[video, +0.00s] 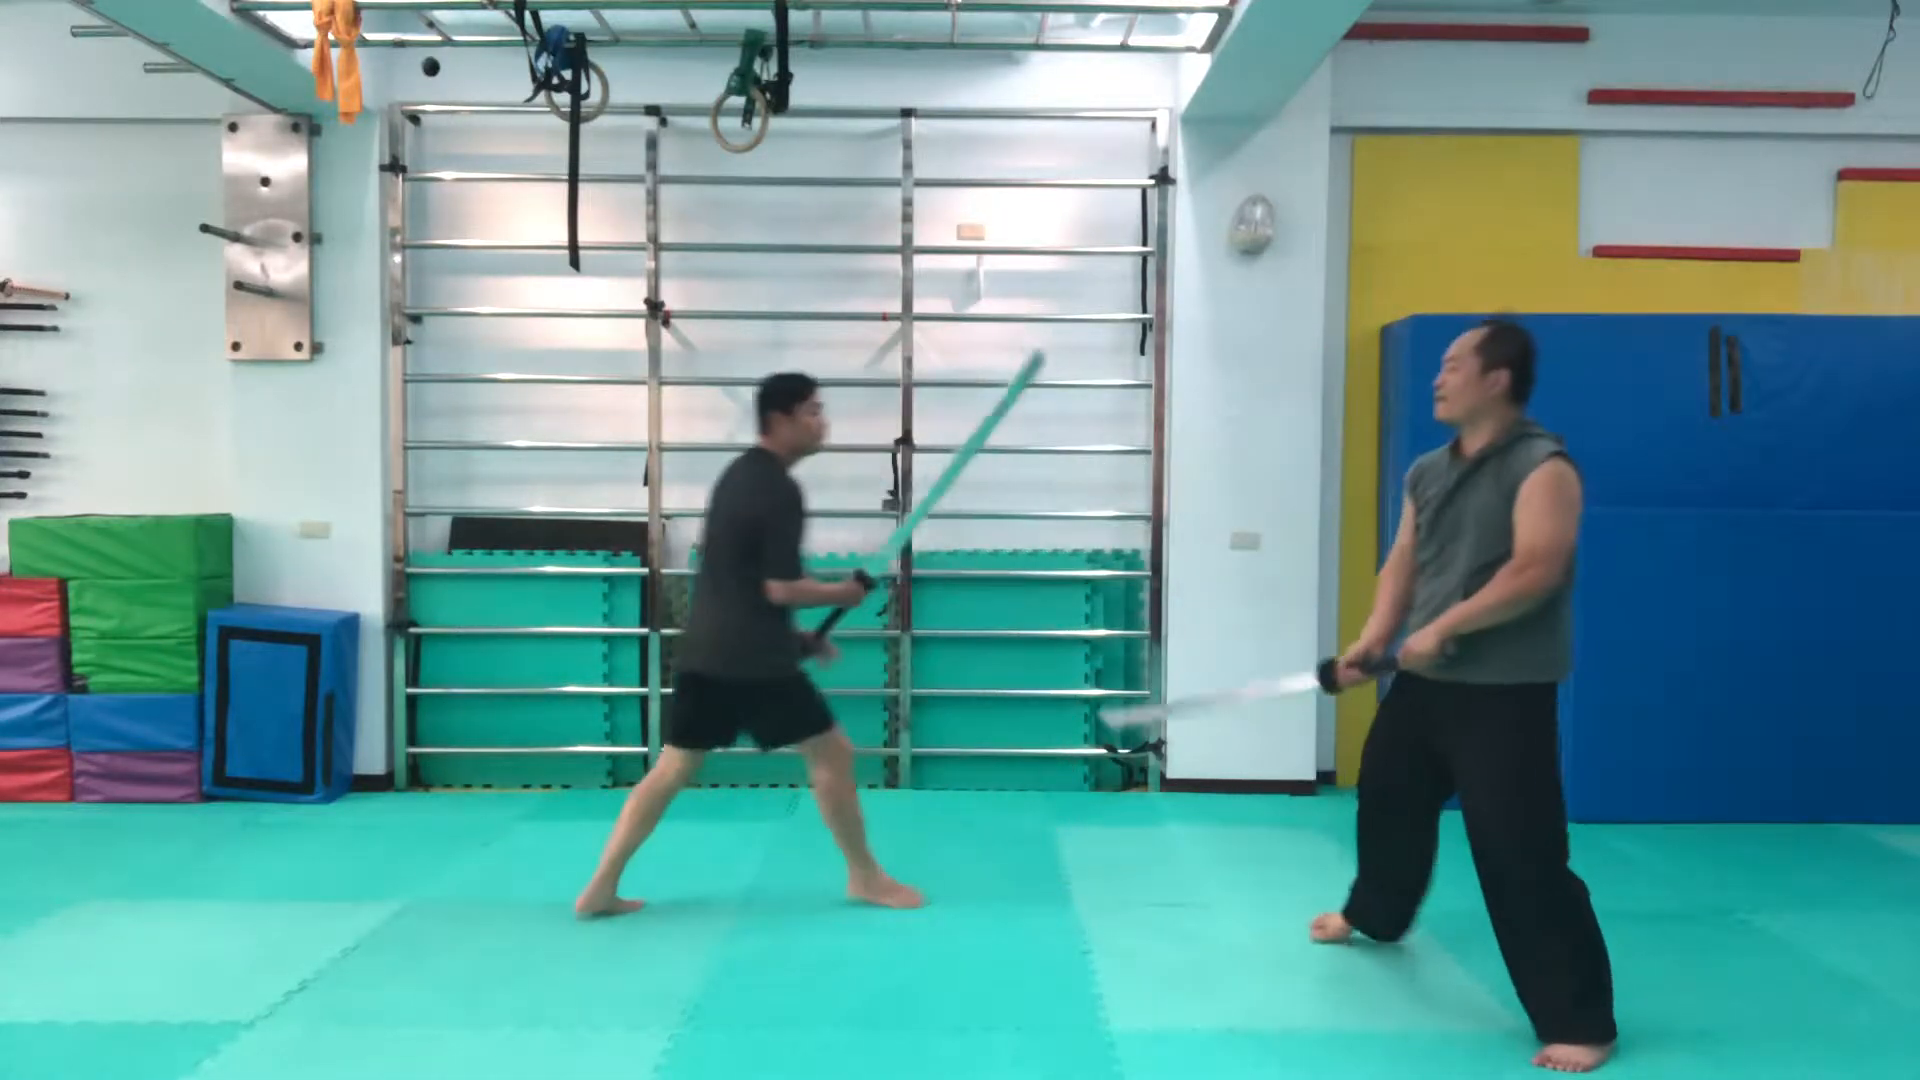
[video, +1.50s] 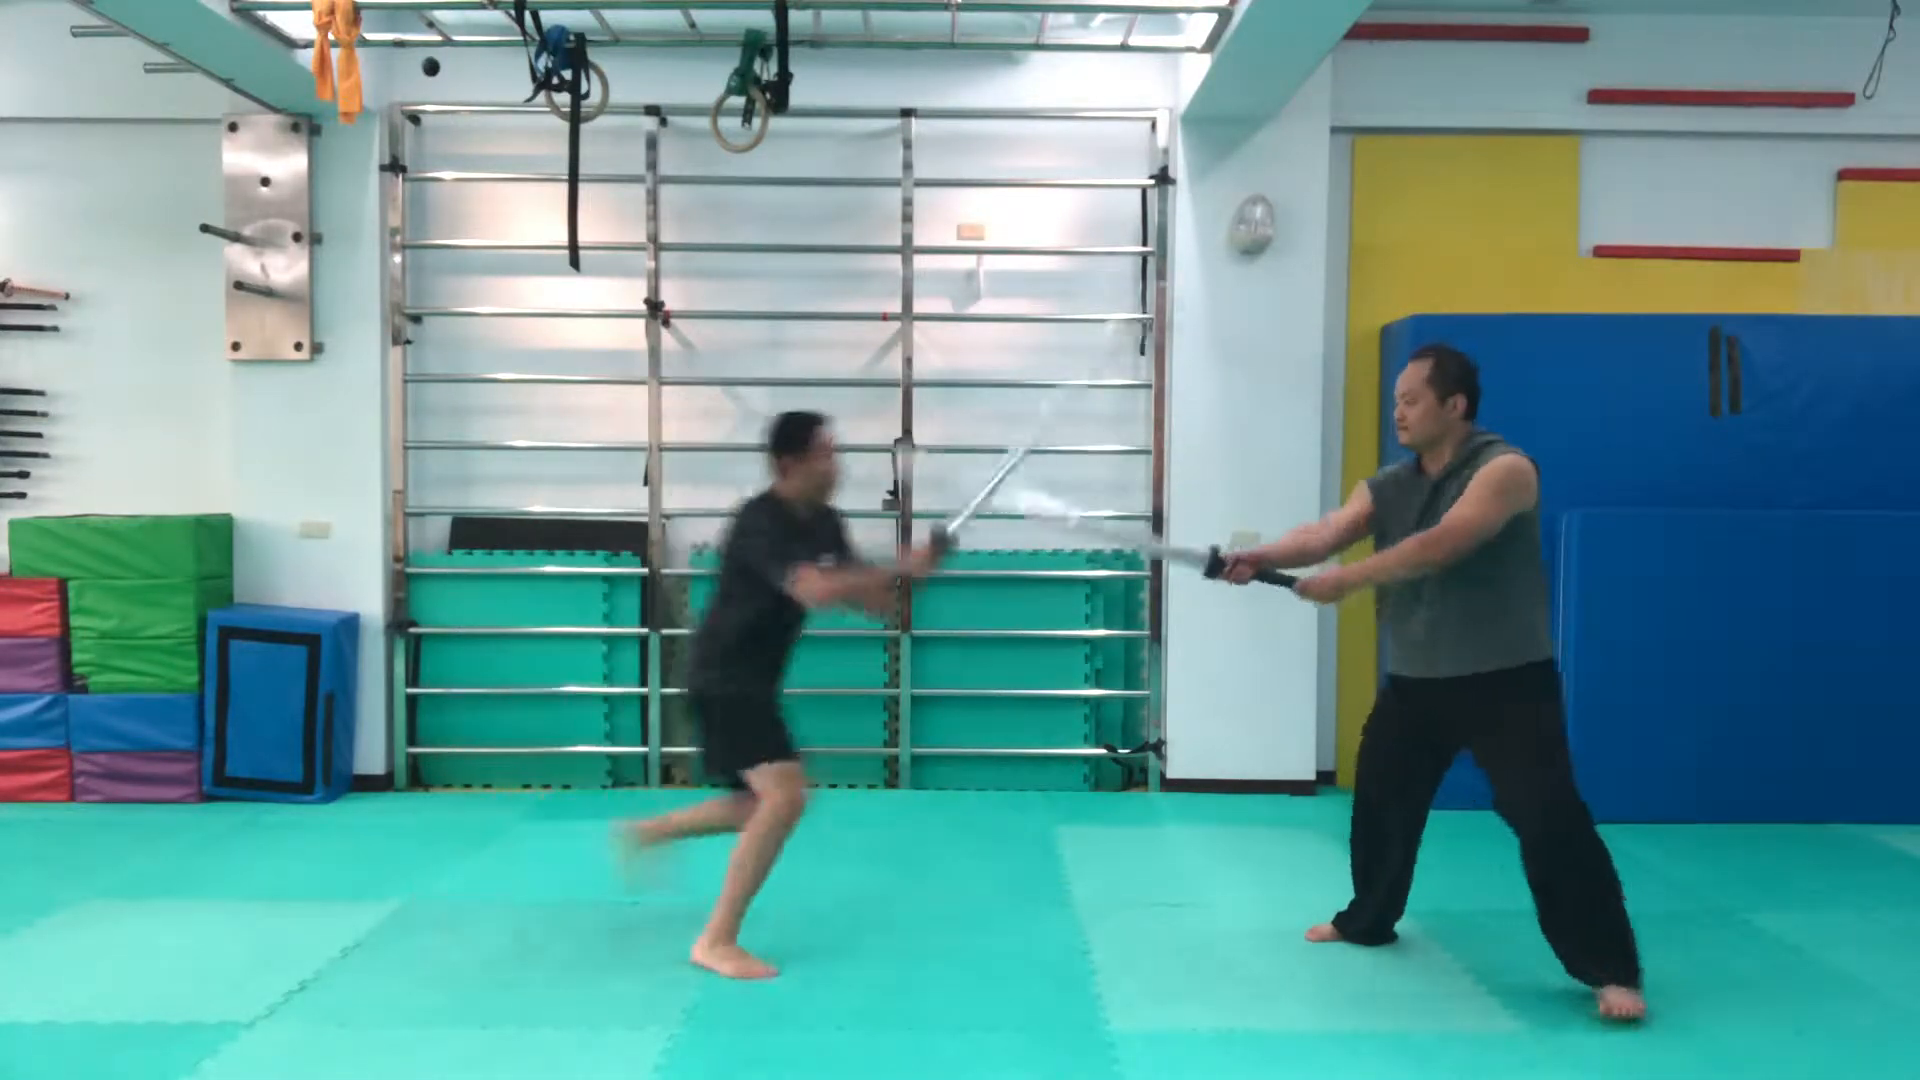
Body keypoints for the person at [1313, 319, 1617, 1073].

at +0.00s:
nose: (1438, 378)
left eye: (1453, 368)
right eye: (1441, 367)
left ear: (1500, 381)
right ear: (1474, 383)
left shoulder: (1543, 467)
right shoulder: (1428, 473)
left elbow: (1539, 570)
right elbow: (1401, 568)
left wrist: (1444, 630)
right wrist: (1371, 641)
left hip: (1504, 698)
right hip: (1423, 691)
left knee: (1524, 864)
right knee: (1388, 796)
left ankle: (1581, 1027)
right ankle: (1377, 914)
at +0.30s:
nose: (1363, 398)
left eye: (1375, 387)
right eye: (1363, 387)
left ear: (1419, 397)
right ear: (1393, 398)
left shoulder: (1469, 473)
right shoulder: (1371, 484)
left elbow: (1456, 573)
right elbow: (1348, 564)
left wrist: (1386, 637)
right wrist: (1309, 605)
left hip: (1472, 681)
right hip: (1395, 679)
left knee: (1505, 825)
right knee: (1374, 798)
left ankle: (1575, 981)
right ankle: (1369, 917)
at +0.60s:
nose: (1391, 400)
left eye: (1403, 389)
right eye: (1392, 389)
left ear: (1448, 398)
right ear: (1428, 400)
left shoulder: (1486, 476)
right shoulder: (1398, 481)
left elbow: (1460, 573)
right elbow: (1365, 558)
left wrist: (1388, 627)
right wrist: (1315, 590)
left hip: (1481, 682)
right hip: (1403, 679)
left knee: (1521, 819)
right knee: (1368, 791)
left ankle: (1588, 963)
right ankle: (1367, 917)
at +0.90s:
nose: (1410, 396)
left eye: (1424, 386)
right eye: (1412, 385)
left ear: (1468, 396)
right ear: (1443, 398)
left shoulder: (1505, 474)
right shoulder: (1410, 478)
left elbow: (1477, 570)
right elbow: (1376, 555)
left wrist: (1402, 626)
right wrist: (1327, 590)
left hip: (1487, 683)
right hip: (1405, 679)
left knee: (1525, 821)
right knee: (1372, 795)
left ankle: (1586, 965)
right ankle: (1365, 918)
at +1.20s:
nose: (1403, 398)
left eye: (1416, 388)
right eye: (1404, 388)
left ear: (1460, 397)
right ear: (1435, 399)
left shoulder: (1497, 474)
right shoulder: (1405, 480)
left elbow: (1471, 565)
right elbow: (1367, 558)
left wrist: (1391, 619)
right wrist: (1316, 586)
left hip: (1481, 680)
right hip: (1400, 676)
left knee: (1520, 820)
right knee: (1365, 790)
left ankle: (1586, 966)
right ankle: (1366, 918)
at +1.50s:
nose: (1397, 413)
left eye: (1410, 402)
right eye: (1396, 401)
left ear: (1455, 406)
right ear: (1418, 409)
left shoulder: (1505, 470)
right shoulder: (1392, 486)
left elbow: (1442, 545)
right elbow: (1325, 534)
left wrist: (1348, 577)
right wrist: (1259, 557)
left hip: (1508, 686)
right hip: (1416, 687)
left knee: (1551, 819)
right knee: (1381, 798)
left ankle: (1613, 973)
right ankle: (1369, 918)